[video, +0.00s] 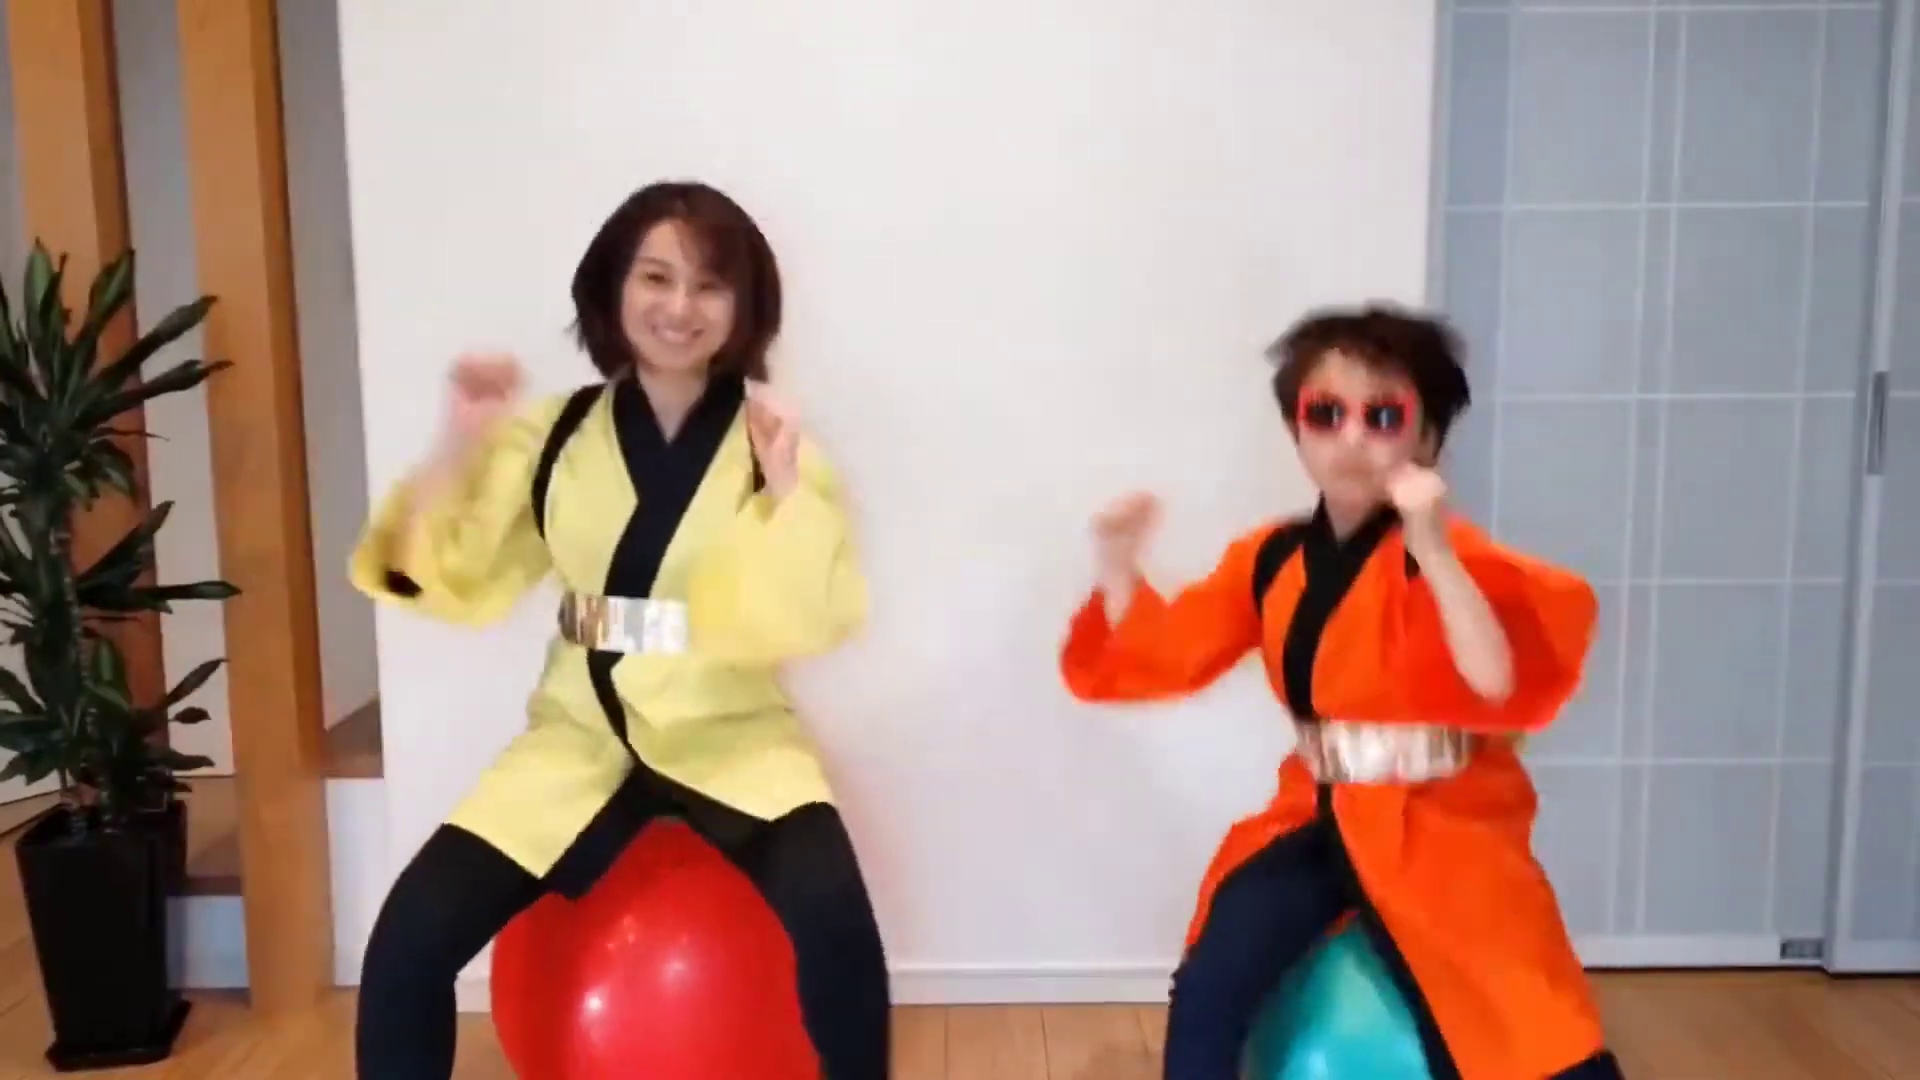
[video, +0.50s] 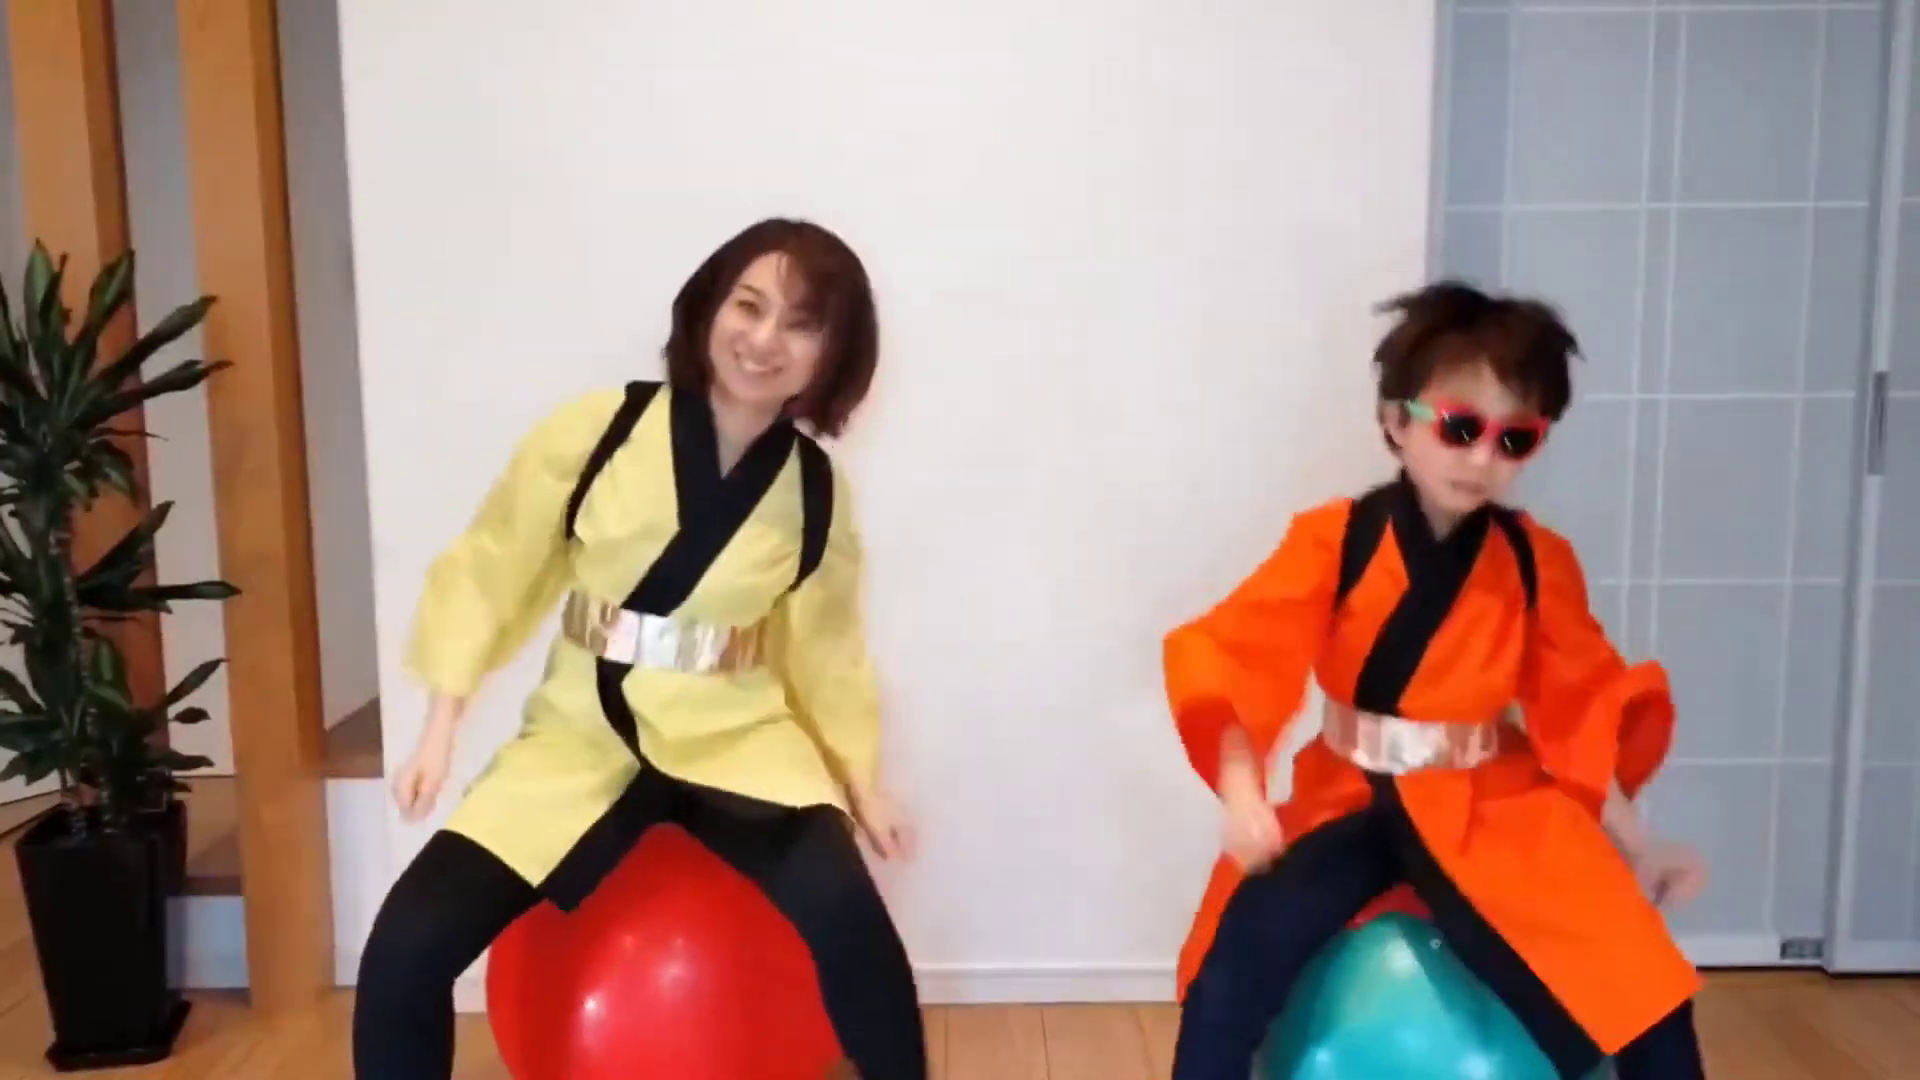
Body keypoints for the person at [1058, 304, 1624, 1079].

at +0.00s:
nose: (1353, 436)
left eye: (1382, 415)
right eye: (1325, 412)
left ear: (1425, 434)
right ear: (1294, 430)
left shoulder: (1450, 554)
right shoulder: (1273, 560)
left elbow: (1498, 681)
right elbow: (1162, 657)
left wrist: (1431, 548)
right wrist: (1118, 570)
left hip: (1445, 827)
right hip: (1321, 820)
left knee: (1543, 1036)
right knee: (1209, 984)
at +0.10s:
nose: (1360, 542)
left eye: (1392, 520)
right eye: (1332, 517)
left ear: (1432, 550)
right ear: (1302, 542)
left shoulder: (1456, 662)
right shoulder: (1276, 657)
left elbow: (1541, 821)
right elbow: (1162, 782)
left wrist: (1489, 682)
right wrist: (1182, 678)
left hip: (1438, 903)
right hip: (1316, 896)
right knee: (1202, 1005)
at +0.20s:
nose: (1374, 549)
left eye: (1407, 526)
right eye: (1348, 521)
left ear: (1441, 550)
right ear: (1311, 537)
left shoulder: (1467, 680)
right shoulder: (1278, 666)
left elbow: (1544, 870)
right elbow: (1211, 827)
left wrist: (1536, 745)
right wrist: (1183, 719)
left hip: (1440, 917)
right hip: (1315, 903)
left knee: (1566, 1060)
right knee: (1195, 1009)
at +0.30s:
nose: (1407, 465)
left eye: (1440, 444)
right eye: (1381, 433)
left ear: (1465, 462)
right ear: (1334, 441)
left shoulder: (1495, 592)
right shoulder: (1285, 571)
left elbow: (1525, 778)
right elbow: (1230, 738)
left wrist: (1573, 737)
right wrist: (1175, 702)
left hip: (1456, 845)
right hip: (1318, 836)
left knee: (1585, 1040)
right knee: (1197, 1004)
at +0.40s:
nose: (1447, 423)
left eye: (1480, 404)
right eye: (1422, 391)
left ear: (1502, 417)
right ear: (1365, 394)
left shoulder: (1514, 529)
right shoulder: (1311, 509)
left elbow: (1553, 667)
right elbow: (1228, 611)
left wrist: (1622, 755)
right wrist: (1185, 679)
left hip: (1476, 792)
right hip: (1335, 787)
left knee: (1624, 988)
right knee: (1214, 979)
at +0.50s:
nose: (1483, 459)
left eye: (1515, 439)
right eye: (1459, 426)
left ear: (1537, 446)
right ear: (1397, 423)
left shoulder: (1536, 561)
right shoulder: (1336, 539)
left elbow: (1581, 714)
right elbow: (1223, 661)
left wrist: (1635, 842)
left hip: (1490, 805)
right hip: (1351, 800)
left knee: (1646, 983)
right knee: (1240, 954)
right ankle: (1207, 1067)